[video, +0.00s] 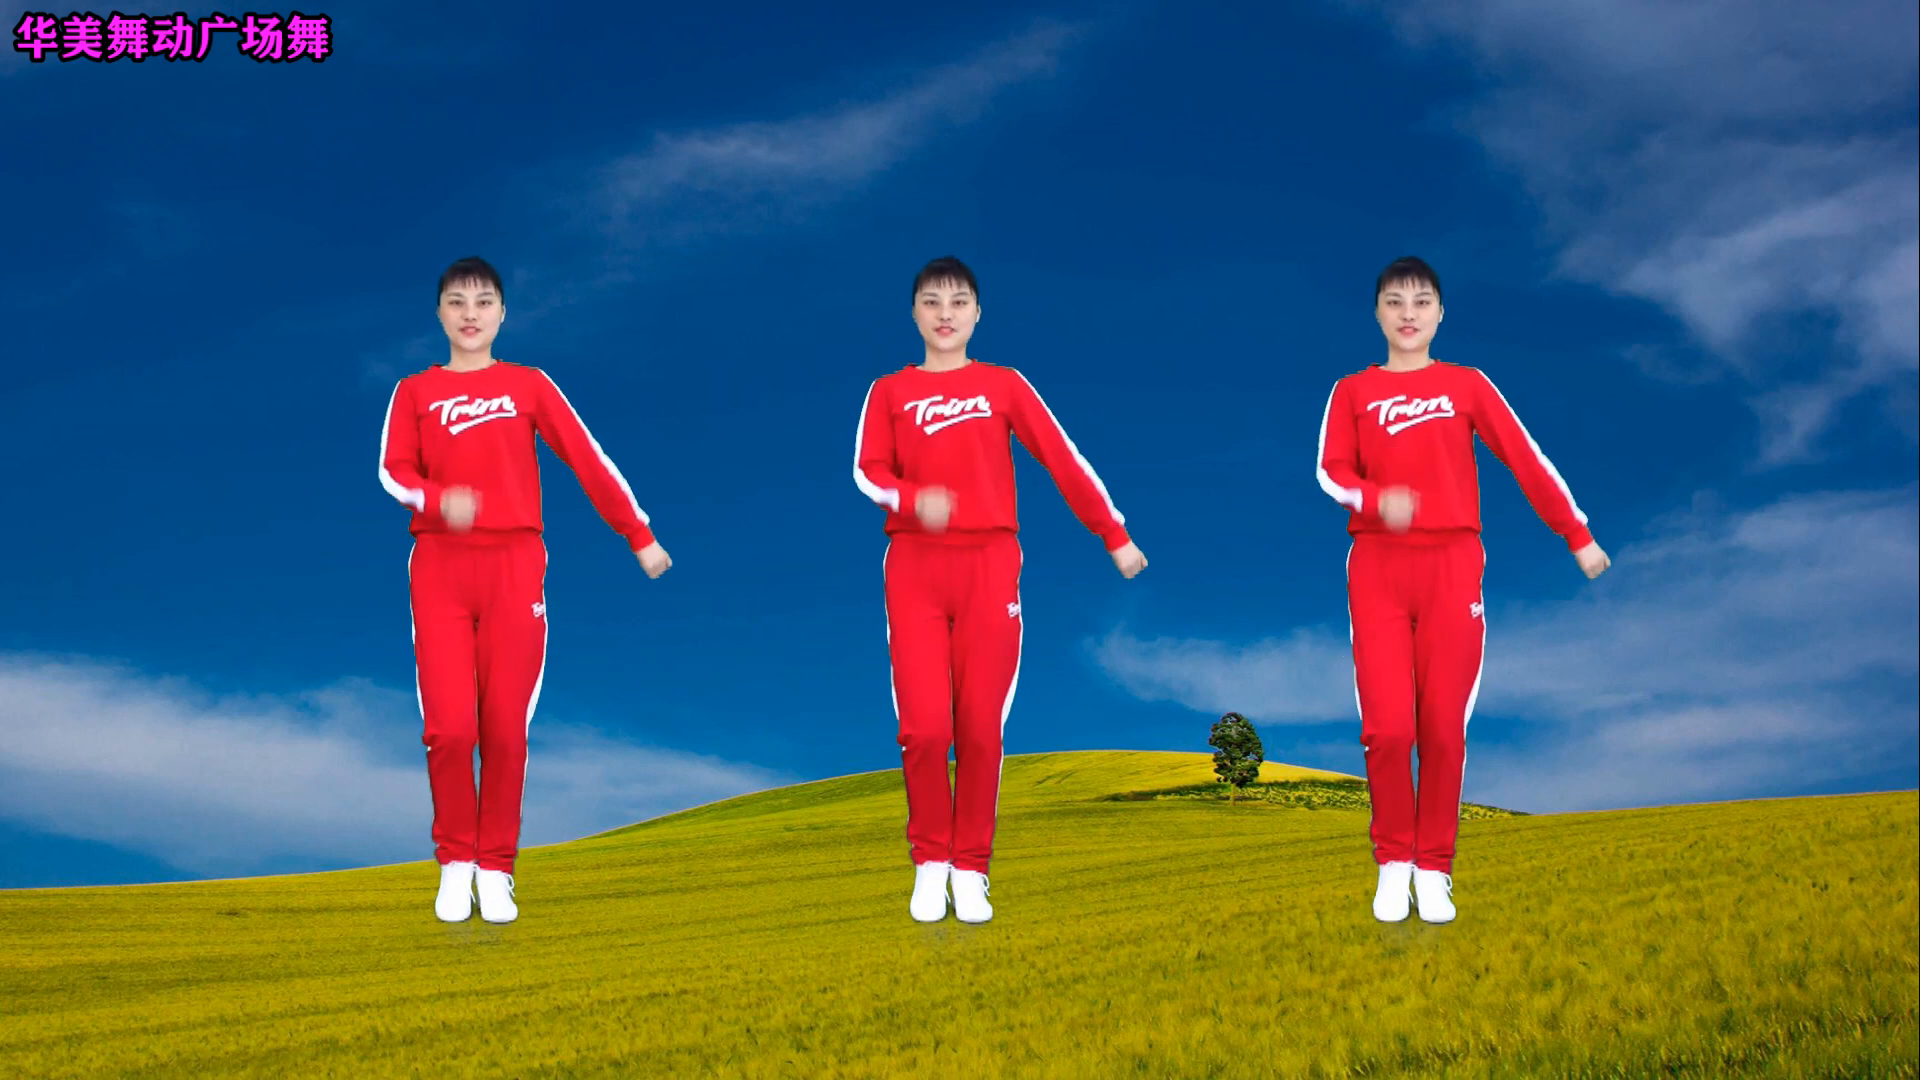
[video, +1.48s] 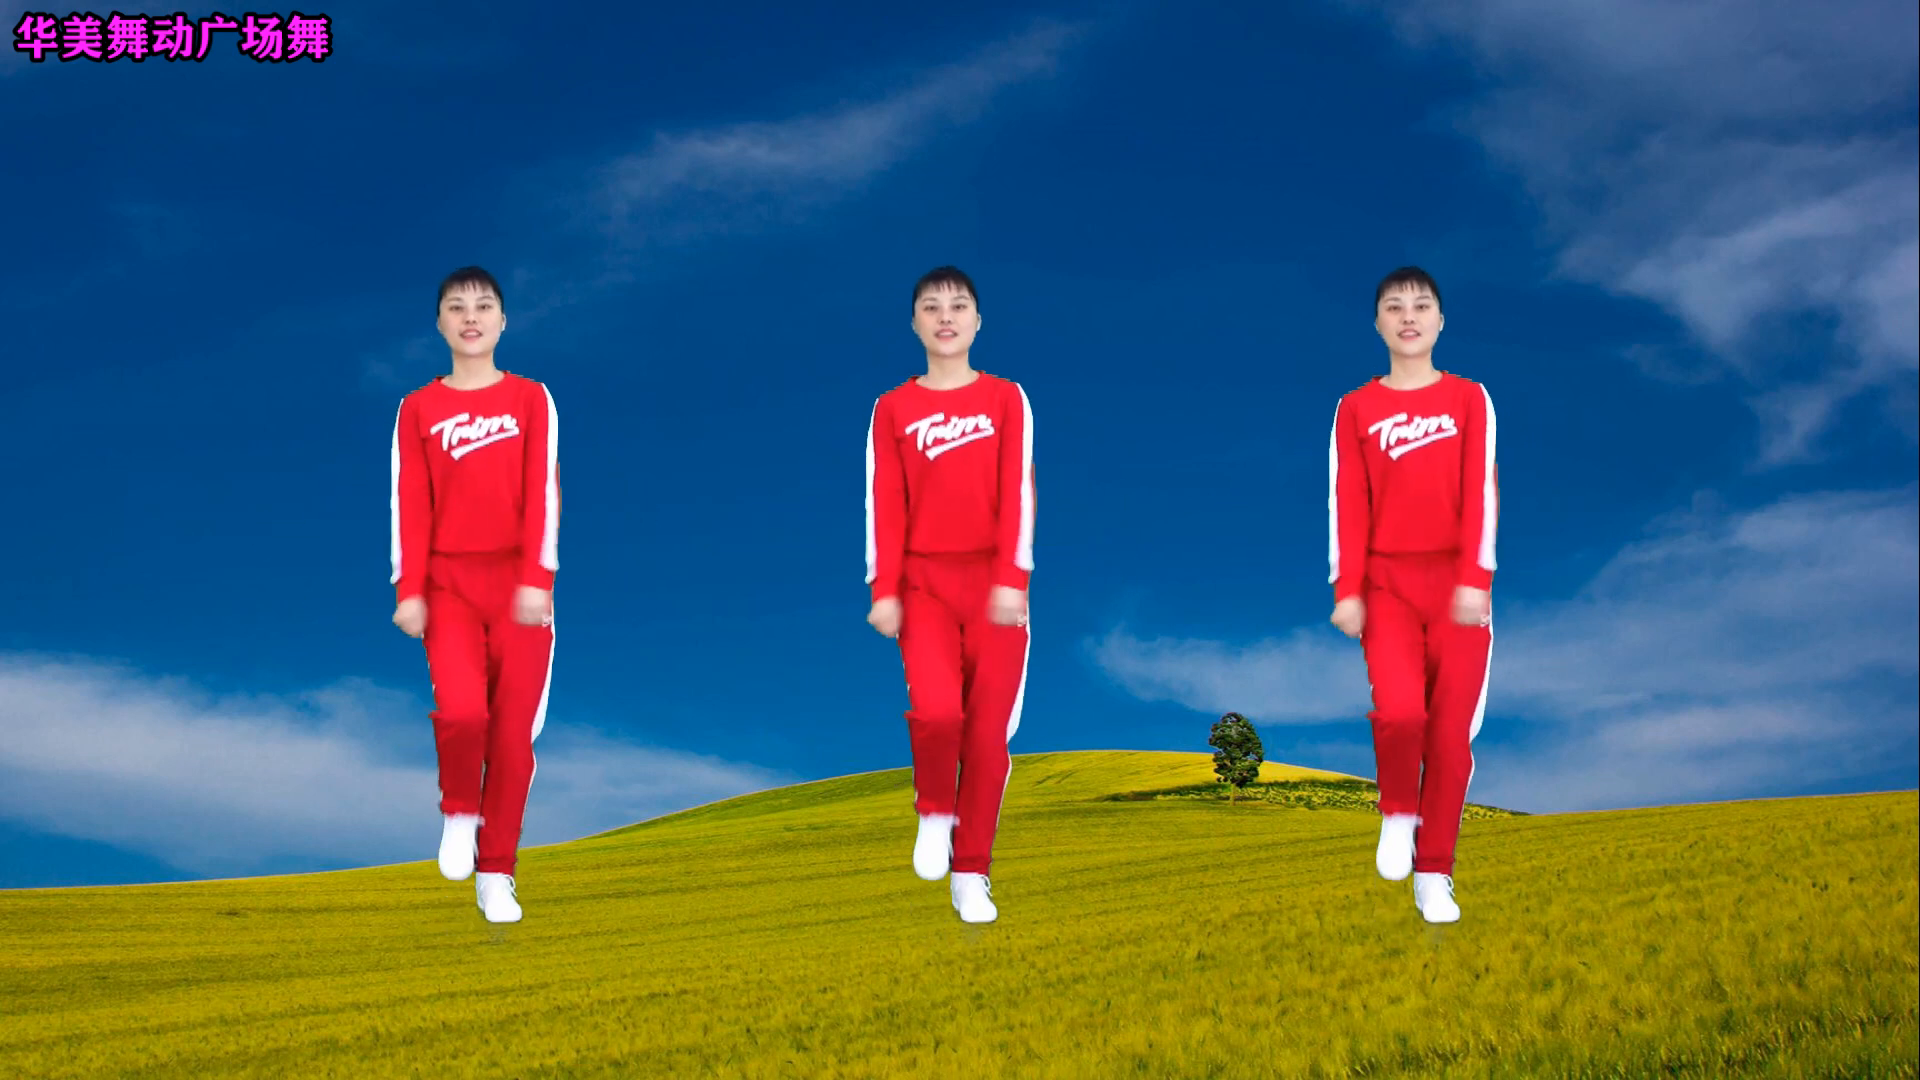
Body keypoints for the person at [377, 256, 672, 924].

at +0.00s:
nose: (470, 313)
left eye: (483, 302)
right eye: (457, 302)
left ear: (501, 313)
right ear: (440, 314)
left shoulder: (529, 385)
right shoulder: (413, 391)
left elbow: (590, 460)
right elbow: (393, 473)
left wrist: (641, 536)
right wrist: (436, 498)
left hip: (515, 569)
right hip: (439, 571)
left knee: (505, 725)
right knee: (448, 726)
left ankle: (496, 867)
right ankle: (455, 862)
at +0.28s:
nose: (472, 313)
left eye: (483, 302)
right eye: (459, 304)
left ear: (502, 312)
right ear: (442, 318)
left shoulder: (534, 391)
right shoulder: (418, 399)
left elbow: (563, 474)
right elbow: (378, 485)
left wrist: (511, 498)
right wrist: (350, 570)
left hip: (524, 573)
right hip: (447, 571)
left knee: (517, 724)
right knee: (475, 696)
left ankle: (497, 868)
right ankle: (466, 807)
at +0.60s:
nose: (468, 312)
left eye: (480, 301)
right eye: (455, 303)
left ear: (500, 312)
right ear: (440, 318)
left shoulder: (530, 393)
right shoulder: (415, 393)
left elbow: (538, 475)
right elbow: (352, 462)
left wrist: (487, 427)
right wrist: (288, 526)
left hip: (513, 566)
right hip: (436, 567)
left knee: (503, 725)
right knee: (446, 725)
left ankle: (496, 868)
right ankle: (456, 870)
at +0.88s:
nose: (461, 326)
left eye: (473, 316)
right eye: (448, 316)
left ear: (491, 328)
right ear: (431, 329)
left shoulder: (519, 404)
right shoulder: (405, 411)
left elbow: (535, 498)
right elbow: (389, 493)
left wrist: (549, 589)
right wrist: (428, 539)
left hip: (493, 584)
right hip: (419, 587)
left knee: (465, 714)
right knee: (418, 736)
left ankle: (491, 808)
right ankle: (455, 866)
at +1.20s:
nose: (462, 305)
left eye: (476, 296)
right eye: (450, 296)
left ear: (494, 311)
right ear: (432, 311)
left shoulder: (524, 383)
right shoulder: (404, 394)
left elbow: (587, 451)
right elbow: (368, 482)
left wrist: (644, 517)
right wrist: (414, 425)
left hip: (504, 566)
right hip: (427, 567)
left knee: (492, 731)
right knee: (440, 732)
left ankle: (496, 869)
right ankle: (455, 868)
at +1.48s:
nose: (471, 317)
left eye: (483, 308)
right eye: (458, 308)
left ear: (501, 321)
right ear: (441, 323)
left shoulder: (532, 397)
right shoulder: (417, 408)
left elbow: (544, 491)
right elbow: (409, 503)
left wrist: (538, 578)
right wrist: (408, 589)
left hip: (520, 579)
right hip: (447, 580)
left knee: (514, 729)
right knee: (461, 714)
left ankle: (496, 869)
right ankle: (459, 812)